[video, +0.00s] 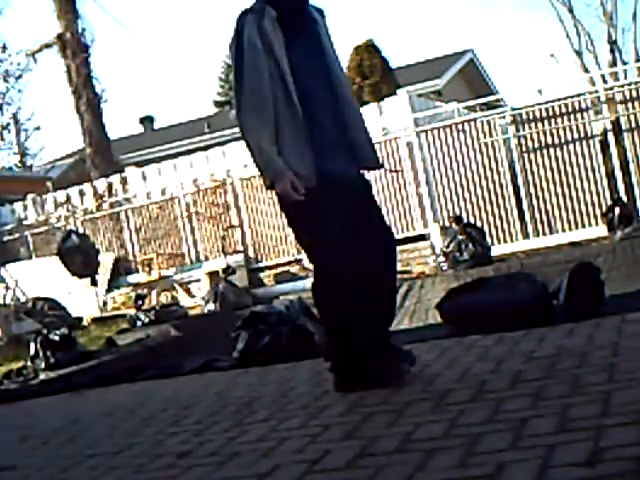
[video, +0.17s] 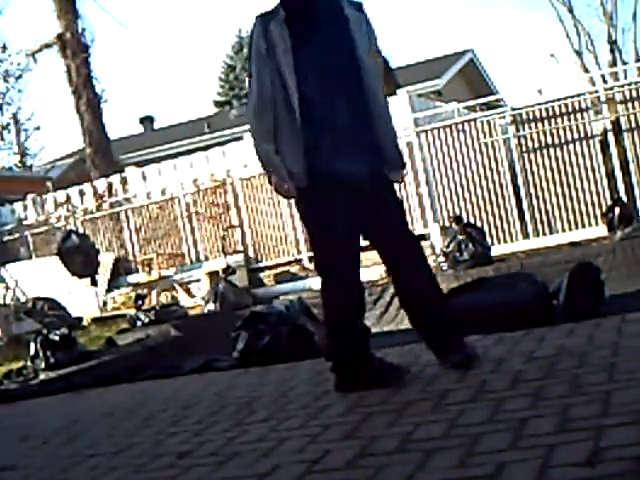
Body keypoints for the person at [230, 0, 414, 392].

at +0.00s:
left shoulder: (314, 17)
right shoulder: (254, 23)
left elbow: (329, 91)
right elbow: (250, 111)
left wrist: (355, 153)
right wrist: (275, 169)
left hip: (341, 169)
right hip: (303, 176)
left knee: (379, 248)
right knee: (337, 263)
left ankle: (377, 347)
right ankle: (353, 369)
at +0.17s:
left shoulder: (353, 13)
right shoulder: (268, 27)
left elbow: (376, 86)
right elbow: (261, 105)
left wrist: (391, 151)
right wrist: (271, 161)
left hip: (368, 169)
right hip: (316, 178)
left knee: (407, 259)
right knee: (339, 276)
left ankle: (448, 344)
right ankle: (352, 366)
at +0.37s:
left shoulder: (397, 9)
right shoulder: (302, 21)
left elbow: (432, 71)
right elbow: (291, 96)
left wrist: (460, 121)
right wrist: (291, 161)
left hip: (398, 159)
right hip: (342, 166)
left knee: (430, 253)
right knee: (360, 264)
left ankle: (455, 345)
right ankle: (366, 362)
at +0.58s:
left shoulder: (408, 7)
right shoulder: (311, 21)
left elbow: (445, 64)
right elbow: (308, 95)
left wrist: (466, 117)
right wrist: (311, 158)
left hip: (408, 154)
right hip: (350, 165)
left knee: (433, 255)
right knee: (369, 265)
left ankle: (455, 346)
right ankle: (385, 361)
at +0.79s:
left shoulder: (402, 7)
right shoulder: (306, 21)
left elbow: (434, 71)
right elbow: (303, 94)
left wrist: (444, 128)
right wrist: (308, 155)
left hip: (406, 156)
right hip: (346, 166)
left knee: (431, 256)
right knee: (365, 268)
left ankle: (455, 346)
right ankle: (385, 361)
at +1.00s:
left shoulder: (389, 11)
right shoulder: (295, 30)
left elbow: (423, 74)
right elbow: (287, 104)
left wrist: (435, 123)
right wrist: (283, 169)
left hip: (394, 162)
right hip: (338, 174)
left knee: (422, 257)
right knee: (357, 271)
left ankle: (445, 344)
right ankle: (385, 362)